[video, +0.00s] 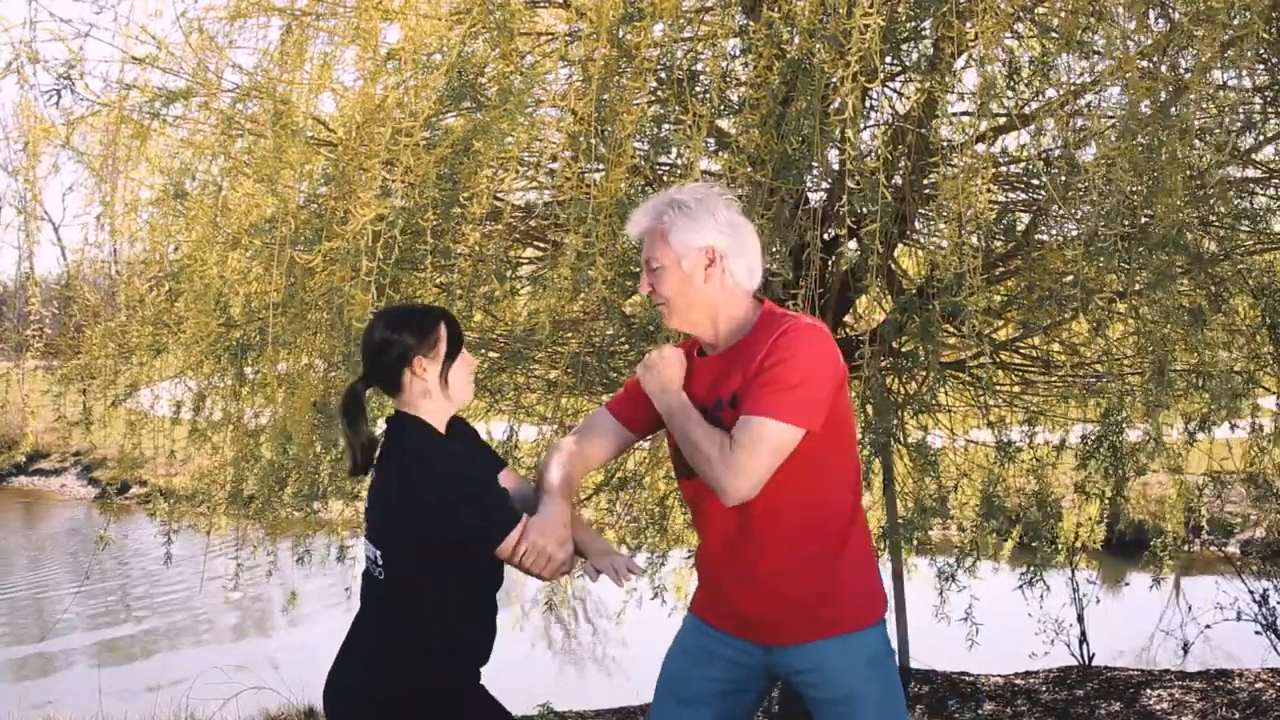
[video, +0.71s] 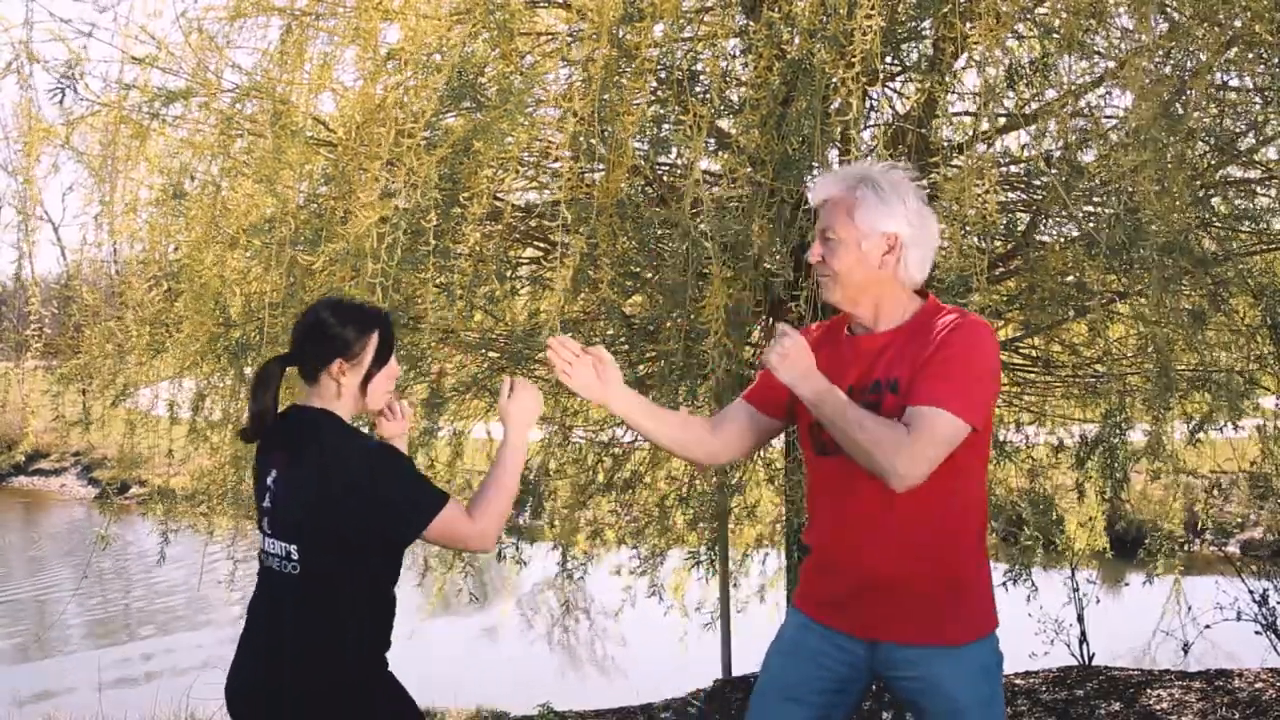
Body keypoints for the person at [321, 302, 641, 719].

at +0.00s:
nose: (472, 360)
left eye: (464, 347)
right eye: (459, 349)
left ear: (421, 370)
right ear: (423, 368)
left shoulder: (448, 431)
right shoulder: (435, 468)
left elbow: (529, 496)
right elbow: (544, 560)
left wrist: (590, 542)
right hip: (421, 697)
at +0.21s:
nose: (469, 358)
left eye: (462, 345)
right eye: (457, 347)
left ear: (417, 360)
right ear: (419, 359)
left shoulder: (427, 419)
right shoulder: (428, 457)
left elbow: (511, 481)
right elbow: (539, 552)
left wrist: (580, 530)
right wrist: (581, 541)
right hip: (409, 689)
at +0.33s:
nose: (463, 357)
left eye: (457, 342)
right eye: (451, 343)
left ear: (406, 357)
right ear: (412, 355)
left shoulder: (377, 420)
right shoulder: (437, 452)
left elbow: (494, 462)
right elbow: (565, 538)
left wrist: (573, 501)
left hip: (330, 673)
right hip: (403, 689)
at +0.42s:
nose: (454, 355)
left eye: (449, 341)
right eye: (443, 343)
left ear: (396, 358)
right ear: (403, 356)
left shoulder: (358, 428)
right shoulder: (435, 458)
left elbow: (451, 470)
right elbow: (564, 534)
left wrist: (533, 475)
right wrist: (603, 519)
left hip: (320, 678)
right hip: (402, 689)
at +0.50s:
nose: (439, 359)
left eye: (434, 346)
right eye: (429, 347)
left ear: (380, 362)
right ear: (389, 362)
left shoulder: (336, 436)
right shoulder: (430, 459)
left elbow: (392, 470)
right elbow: (548, 529)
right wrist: (606, 503)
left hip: (307, 686)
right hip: (397, 693)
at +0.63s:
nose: (412, 375)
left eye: (410, 361)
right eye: (403, 361)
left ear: (348, 374)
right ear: (360, 376)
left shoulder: (299, 445)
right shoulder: (390, 468)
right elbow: (509, 531)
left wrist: (398, 454)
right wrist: (566, 441)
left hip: (275, 690)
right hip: (366, 695)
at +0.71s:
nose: (397, 369)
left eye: (393, 357)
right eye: (386, 359)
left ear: (336, 372)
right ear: (341, 371)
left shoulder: (280, 436)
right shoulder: (363, 462)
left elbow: (365, 535)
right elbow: (480, 531)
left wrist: (393, 444)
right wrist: (518, 431)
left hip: (258, 684)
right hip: (342, 690)